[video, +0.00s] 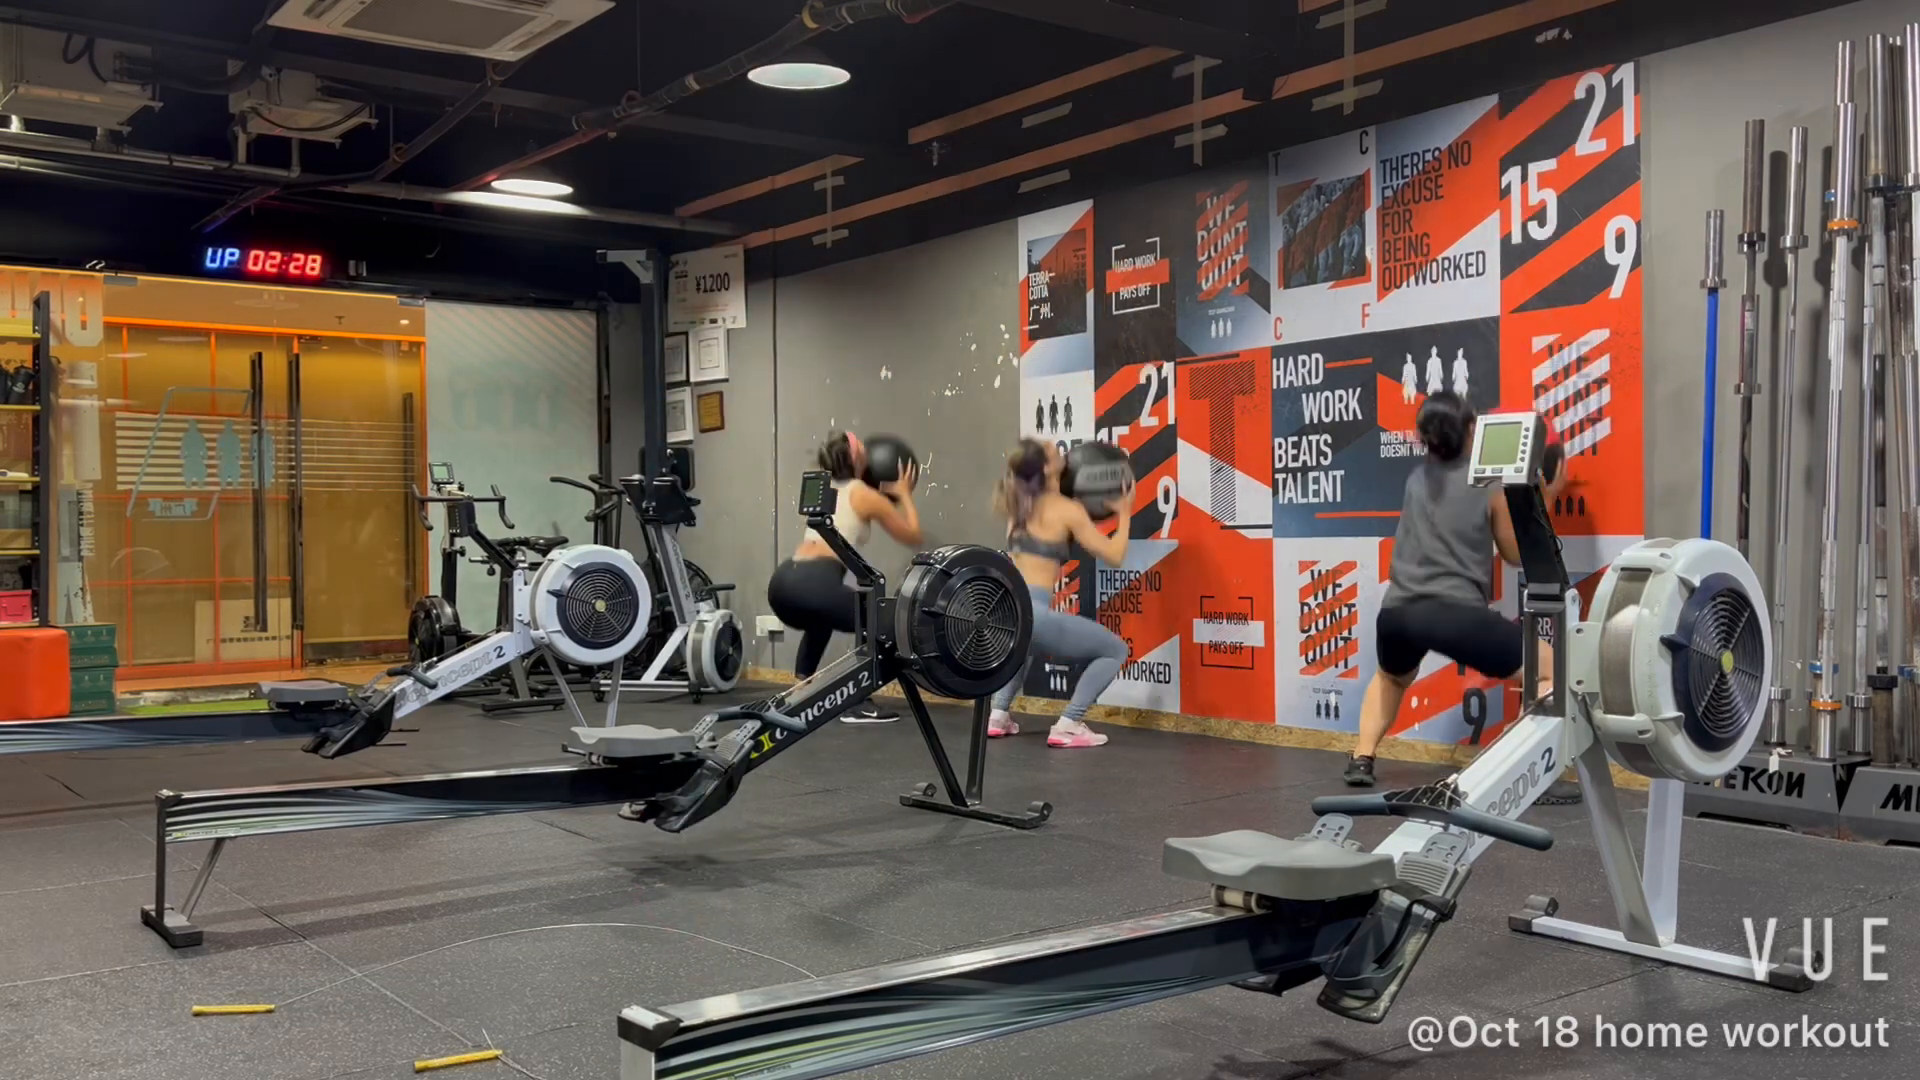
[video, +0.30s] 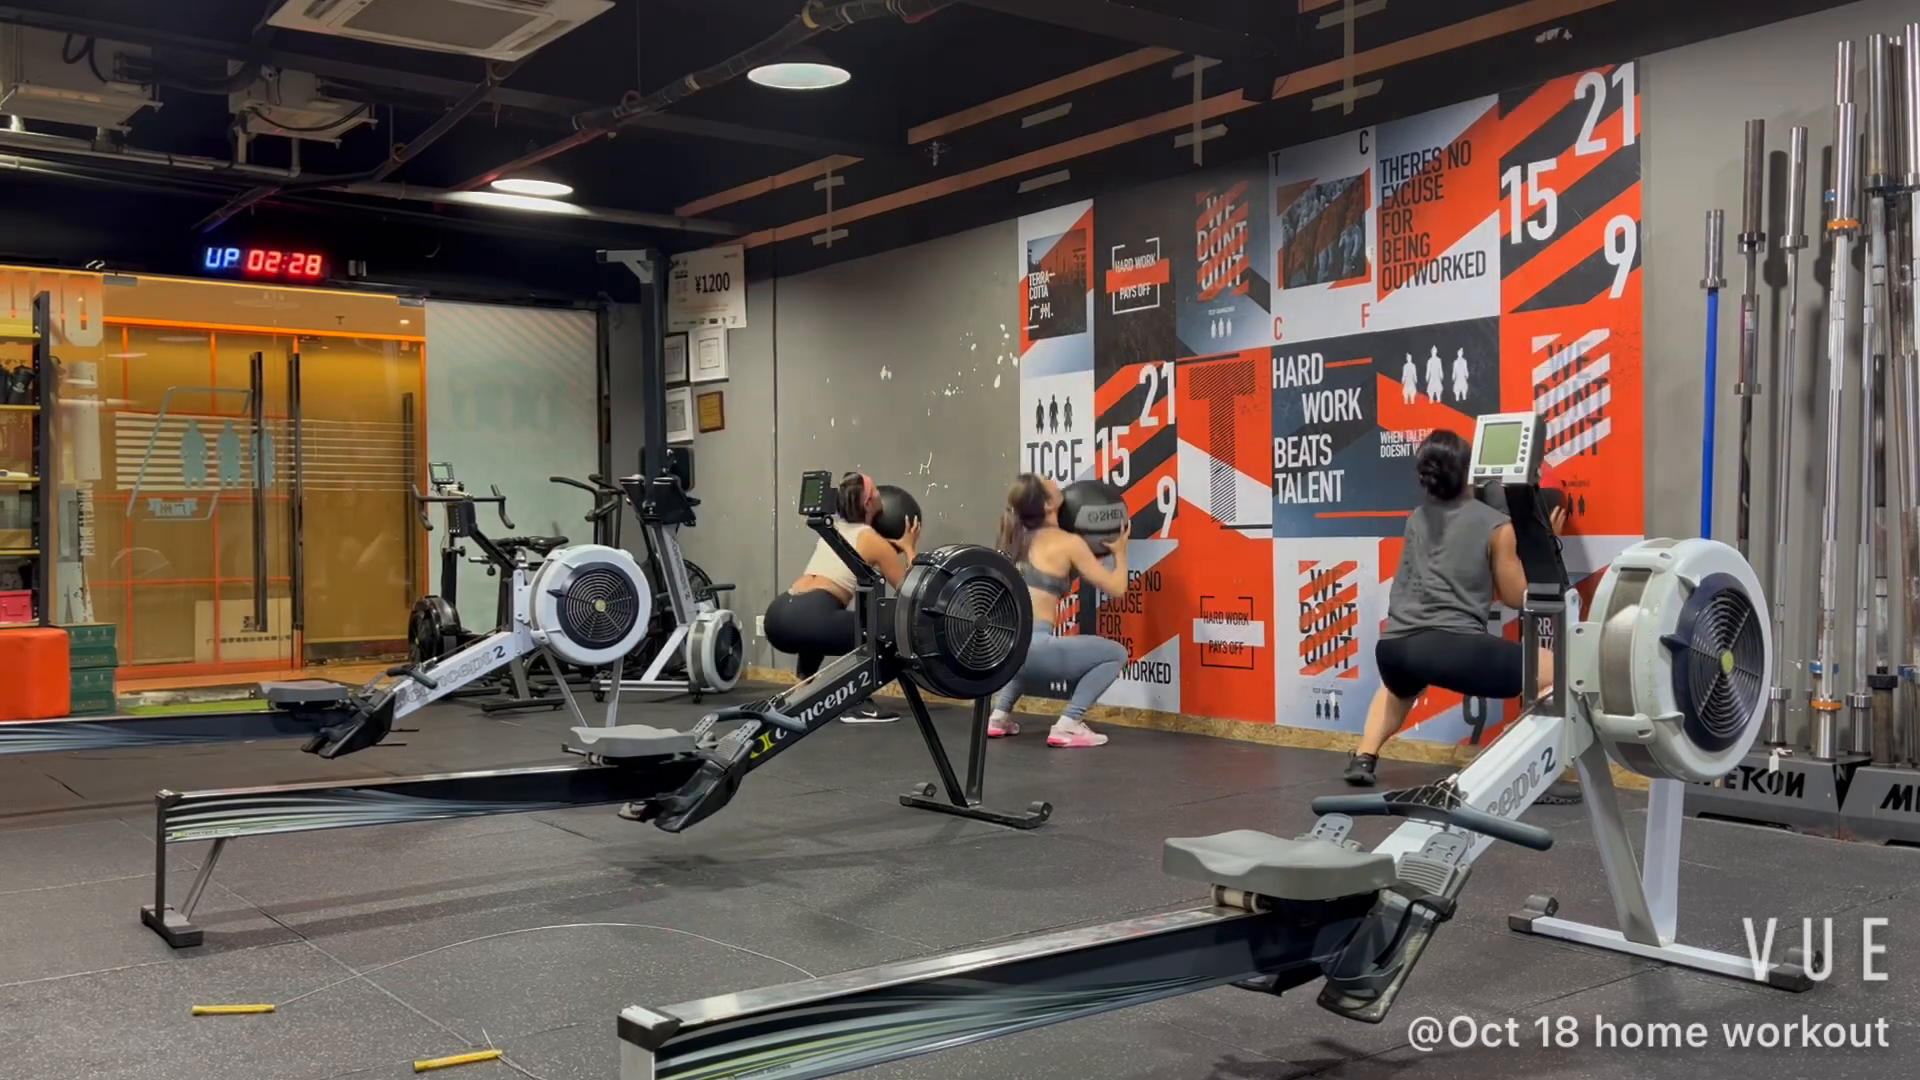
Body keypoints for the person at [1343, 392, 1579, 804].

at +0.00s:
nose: (1479, 429)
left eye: (1474, 423)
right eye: (1475, 424)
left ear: (1426, 437)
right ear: (1470, 432)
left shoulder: (1416, 480)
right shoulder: (1488, 485)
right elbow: (1515, 554)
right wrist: (1545, 499)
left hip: (1399, 612)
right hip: (1459, 614)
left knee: (1390, 677)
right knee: (1547, 669)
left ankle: (1361, 759)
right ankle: (1541, 775)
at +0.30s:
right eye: (1471, 462)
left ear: (1425, 474)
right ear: (1469, 469)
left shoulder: (1416, 519)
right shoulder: (1495, 525)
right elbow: (1516, 597)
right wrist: (1547, 541)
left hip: (1396, 646)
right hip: (1457, 648)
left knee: (1398, 688)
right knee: (1550, 668)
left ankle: (1362, 760)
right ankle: (1538, 775)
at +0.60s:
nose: (1480, 482)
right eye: (1476, 476)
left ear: (1430, 485)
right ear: (1473, 484)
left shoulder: (1419, 528)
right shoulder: (1498, 538)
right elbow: (1515, 611)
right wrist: (1521, 570)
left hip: (1388, 651)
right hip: (1450, 653)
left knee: (1390, 680)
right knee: (1547, 668)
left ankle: (1362, 758)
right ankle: (1543, 772)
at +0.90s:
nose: (1478, 435)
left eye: (1473, 429)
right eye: (1474, 431)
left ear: (1426, 447)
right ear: (1470, 444)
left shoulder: (1414, 490)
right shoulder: (1489, 494)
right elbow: (1514, 568)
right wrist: (1533, 509)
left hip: (1390, 612)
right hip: (1451, 613)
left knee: (1392, 675)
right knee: (1542, 670)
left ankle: (1363, 757)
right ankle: (1528, 775)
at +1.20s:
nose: (1443, 322)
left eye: (1438, 316)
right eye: (1438, 318)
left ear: (1399, 337)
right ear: (1434, 331)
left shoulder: (1391, 374)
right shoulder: (1465, 364)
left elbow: (1416, 344)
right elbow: (1521, 345)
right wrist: (1520, 282)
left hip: (1417, 514)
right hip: (1471, 512)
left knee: (1395, 628)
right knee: (1503, 620)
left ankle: (1362, 722)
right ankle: (1533, 722)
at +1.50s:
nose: (1454, 352)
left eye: (1446, 348)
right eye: (1449, 349)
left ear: (1403, 369)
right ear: (1445, 365)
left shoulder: (1396, 406)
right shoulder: (1468, 400)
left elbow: (1392, 341)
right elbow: (1491, 325)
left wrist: (1401, 276)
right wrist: (1485, 251)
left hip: (1417, 553)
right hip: (1470, 552)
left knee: (1401, 661)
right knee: (1507, 663)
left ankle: (1363, 762)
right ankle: (1520, 776)